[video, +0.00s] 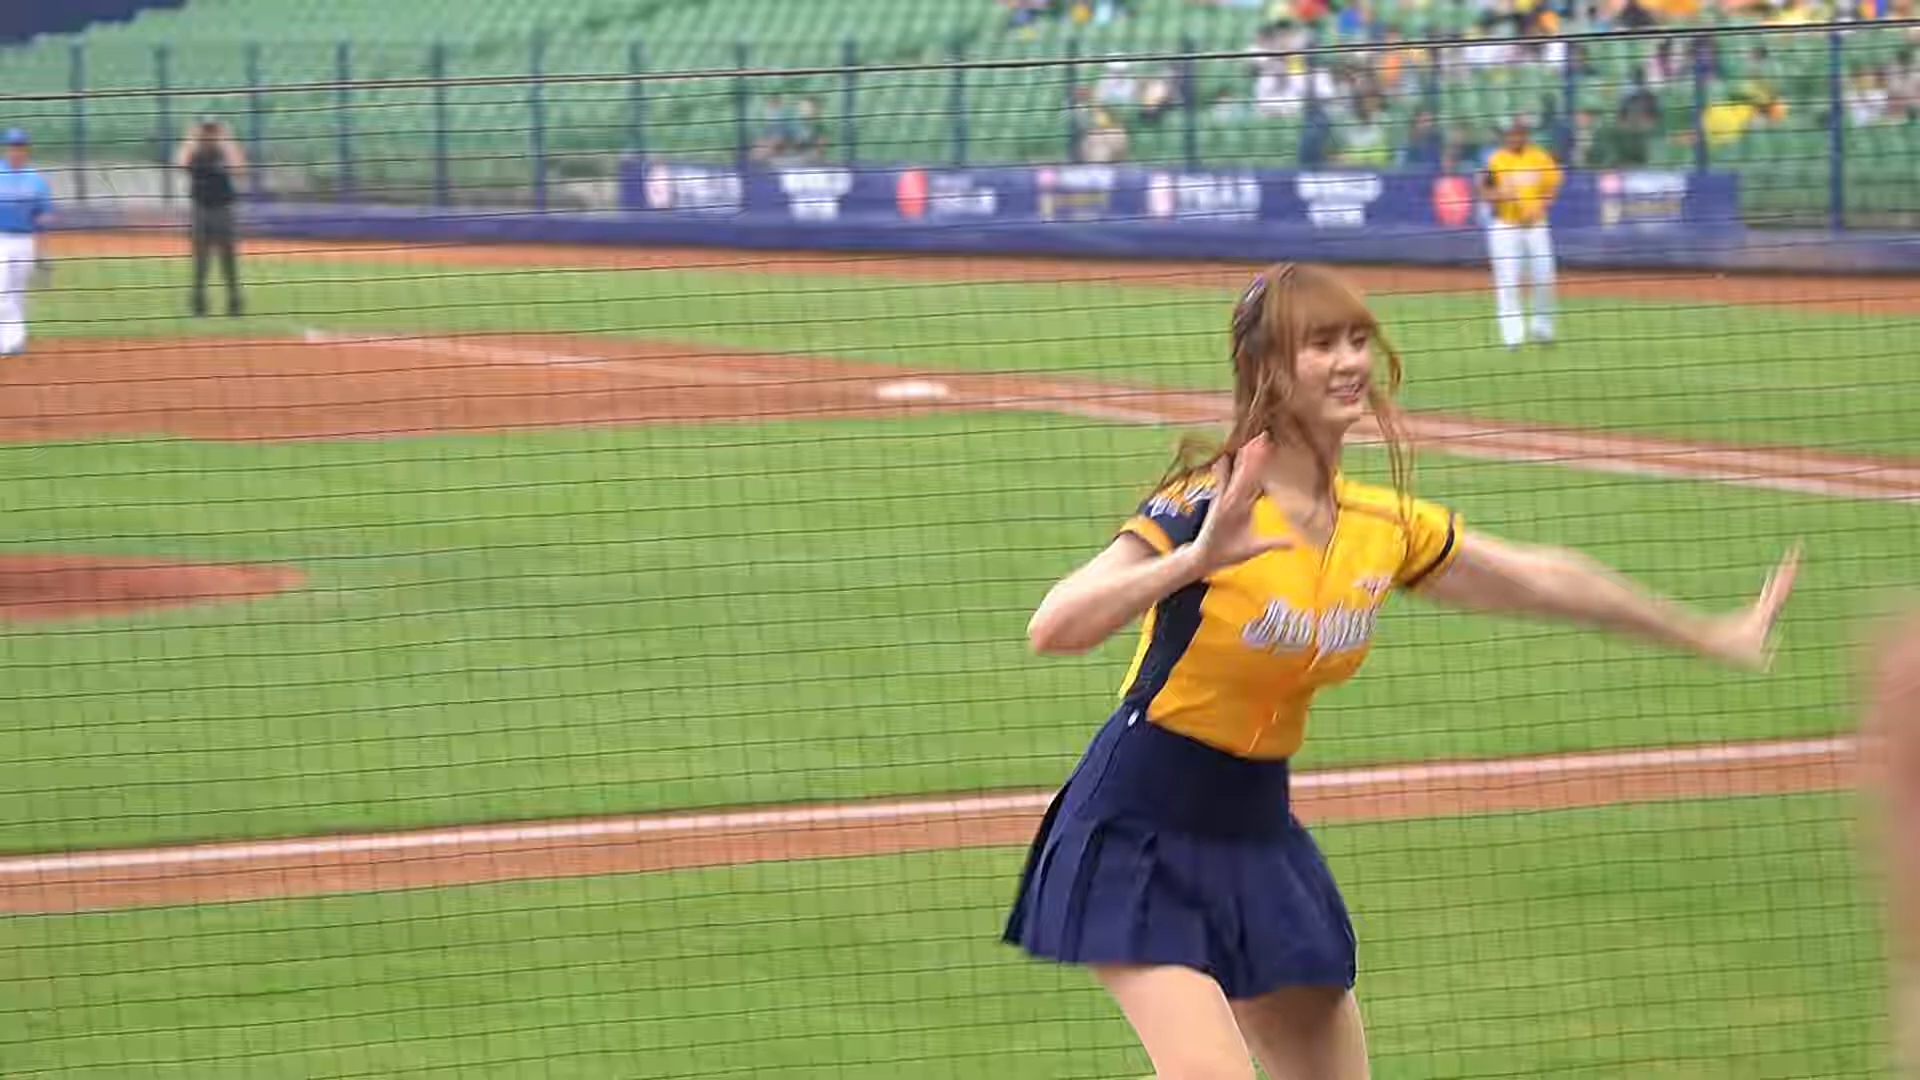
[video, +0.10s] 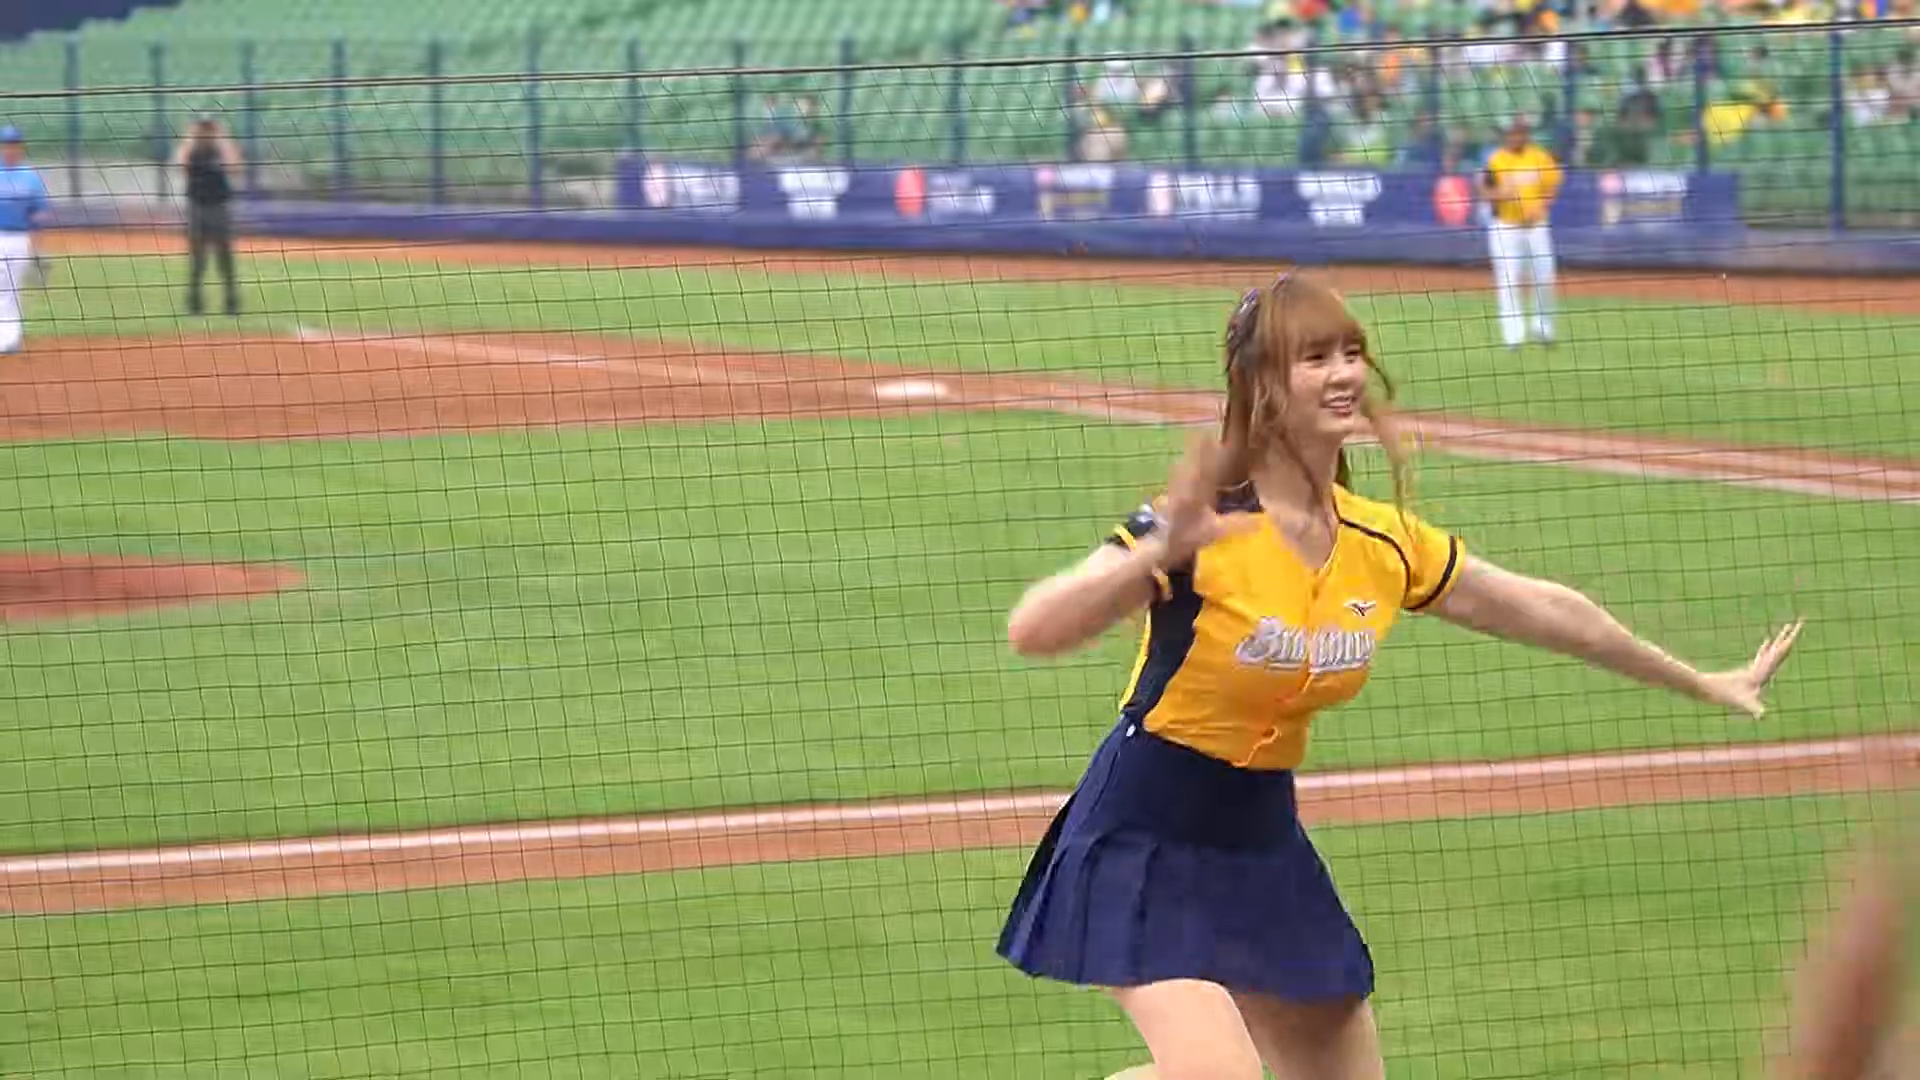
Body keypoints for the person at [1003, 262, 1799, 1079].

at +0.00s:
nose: (1351, 361)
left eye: (1359, 341)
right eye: (1324, 345)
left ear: (1374, 361)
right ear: (1266, 375)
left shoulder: (1387, 526)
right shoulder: (1200, 506)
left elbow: (1542, 581)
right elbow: (1052, 629)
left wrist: (1708, 636)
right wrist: (1194, 559)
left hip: (1256, 832)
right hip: (1136, 822)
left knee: (1333, 1064)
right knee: (1210, 1066)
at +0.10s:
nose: (1346, 372)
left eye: (1354, 351)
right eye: (1318, 356)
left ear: (1368, 373)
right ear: (1259, 386)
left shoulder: (1389, 543)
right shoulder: (1192, 521)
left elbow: (1552, 613)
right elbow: (1030, 631)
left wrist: (1703, 683)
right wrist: (1156, 556)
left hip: (1263, 840)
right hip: (1143, 833)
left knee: (1344, 1061)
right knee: (1213, 1063)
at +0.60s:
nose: (1154, 337)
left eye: (1157, 316)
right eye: (1128, 317)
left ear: (1159, 331)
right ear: (1054, 343)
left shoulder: (1189, 446)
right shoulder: (997, 513)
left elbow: (1285, 526)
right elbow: (842, 643)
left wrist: (1293, 507)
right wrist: (684, 733)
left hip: (1180, 798)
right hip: (1051, 822)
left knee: (1304, 1065)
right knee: (1027, 1067)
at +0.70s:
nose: (1156, 390)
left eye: (1158, 367)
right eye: (1130, 367)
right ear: (1053, 390)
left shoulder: (1165, 504)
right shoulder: (995, 583)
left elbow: (1228, 574)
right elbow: (903, 769)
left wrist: (1314, 614)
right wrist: (800, 947)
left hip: (1157, 851)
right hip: (1037, 882)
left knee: (1332, 1067)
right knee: (1032, 1061)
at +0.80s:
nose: (1175, 361)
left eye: (1175, 340)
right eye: (1152, 344)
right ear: (1080, 374)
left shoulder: (1187, 460)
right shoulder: (1015, 552)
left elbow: (1278, 477)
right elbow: (920, 711)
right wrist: (812, 859)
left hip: (1178, 827)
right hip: (1058, 857)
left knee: (1357, 1065)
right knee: (1040, 1062)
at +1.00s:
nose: (1260, 331)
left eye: (1261, 310)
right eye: (1239, 312)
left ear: (1247, 320)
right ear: (1165, 324)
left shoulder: (1271, 396)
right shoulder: (1095, 443)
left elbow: (1394, 290)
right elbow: (951, 435)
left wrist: (1502, 184)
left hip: (1253, 792)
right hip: (1137, 799)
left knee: (1336, 1063)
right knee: (1070, 1063)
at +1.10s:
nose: (1313, 345)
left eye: (1317, 324)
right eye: (1289, 326)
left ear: (1317, 331)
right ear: (1218, 339)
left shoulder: (1337, 436)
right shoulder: (1152, 469)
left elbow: (1485, 328)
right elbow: (996, 424)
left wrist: (1613, 205)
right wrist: (954, 293)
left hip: (1289, 836)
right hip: (1173, 831)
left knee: (1355, 1064)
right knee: (1098, 1068)